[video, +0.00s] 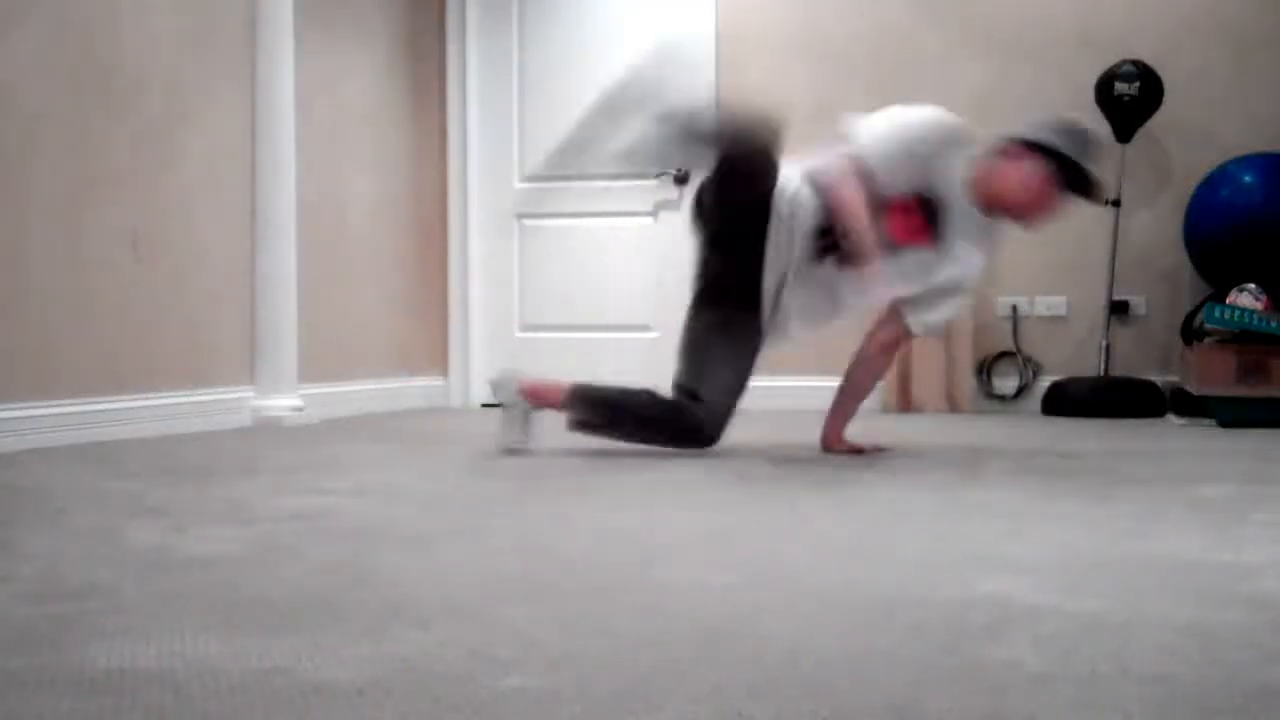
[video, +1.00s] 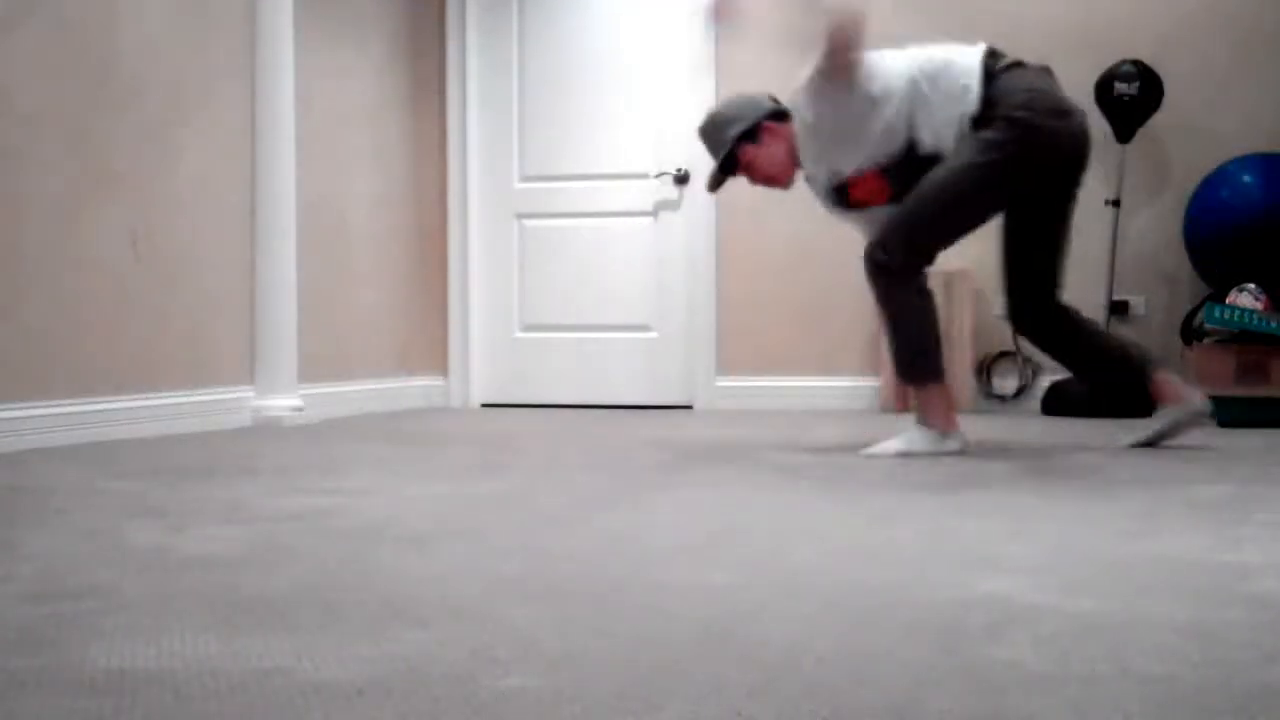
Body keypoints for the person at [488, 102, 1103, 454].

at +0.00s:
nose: (1043, 206)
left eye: (1056, 201)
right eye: (1049, 185)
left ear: (1044, 204)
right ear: (1020, 153)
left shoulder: (966, 263)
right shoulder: (938, 135)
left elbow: (889, 335)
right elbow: (833, 165)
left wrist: (832, 435)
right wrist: (870, 250)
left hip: (752, 305)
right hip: (754, 216)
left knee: (696, 423)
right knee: (757, 135)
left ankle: (533, 394)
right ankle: (667, 141)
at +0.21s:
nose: (1091, 277)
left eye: (1101, 266)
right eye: (1096, 260)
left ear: (1057, 227)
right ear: (1063, 232)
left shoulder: (988, 227)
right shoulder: (957, 216)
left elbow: (893, 320)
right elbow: (899, 330)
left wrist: (846, 420)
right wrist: (890, 440)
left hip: (807, 187)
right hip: (763, 210)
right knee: (783, 396)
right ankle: (657, 384)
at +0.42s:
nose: (990, 166)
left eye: (994, 155)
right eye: (983, 155)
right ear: (949, 147)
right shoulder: (869, 220)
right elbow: (871, 330)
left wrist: (1102, 126)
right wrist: (886, 440)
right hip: (854, 240)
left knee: (1021, 87)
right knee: (911, 318)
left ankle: (1114, 127)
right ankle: (1003, 379)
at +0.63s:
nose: (886, 120)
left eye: (884, 105)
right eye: (868, 119)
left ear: (885, 87)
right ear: (836, 133)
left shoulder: (900, 63)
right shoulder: (837, 212)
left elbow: (942, 8)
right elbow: (882, 317)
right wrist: (889, 437)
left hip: (991, 148)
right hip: (967, 236)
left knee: (1115, 97)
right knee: (1000, 357)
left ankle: (1199, 220)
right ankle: (1113, 404)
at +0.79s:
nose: (805, 140)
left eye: (802, 118)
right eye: (789, 138)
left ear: (826, 94)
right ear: (788, 148)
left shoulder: (876, 60)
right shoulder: (860, 206)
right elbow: (892, 313)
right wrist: (892, 411)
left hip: (1053, 107)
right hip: (1026, 175)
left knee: (975, 182)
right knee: (1029, 333)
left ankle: (1023, 363)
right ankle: (1155, 409)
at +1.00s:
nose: (753, 178)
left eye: (745, 163)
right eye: (741, 174)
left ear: (766, 129)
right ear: (761, 150)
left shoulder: (821, 109)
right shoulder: (838, 186)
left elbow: (838, 54)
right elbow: (896, 268)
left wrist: (842, 38)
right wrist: (903, 376)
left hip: (1019, 111)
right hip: (1044, 120)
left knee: (892, 252)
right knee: (1033, 308)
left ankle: (937, 426)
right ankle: (1174, 397)